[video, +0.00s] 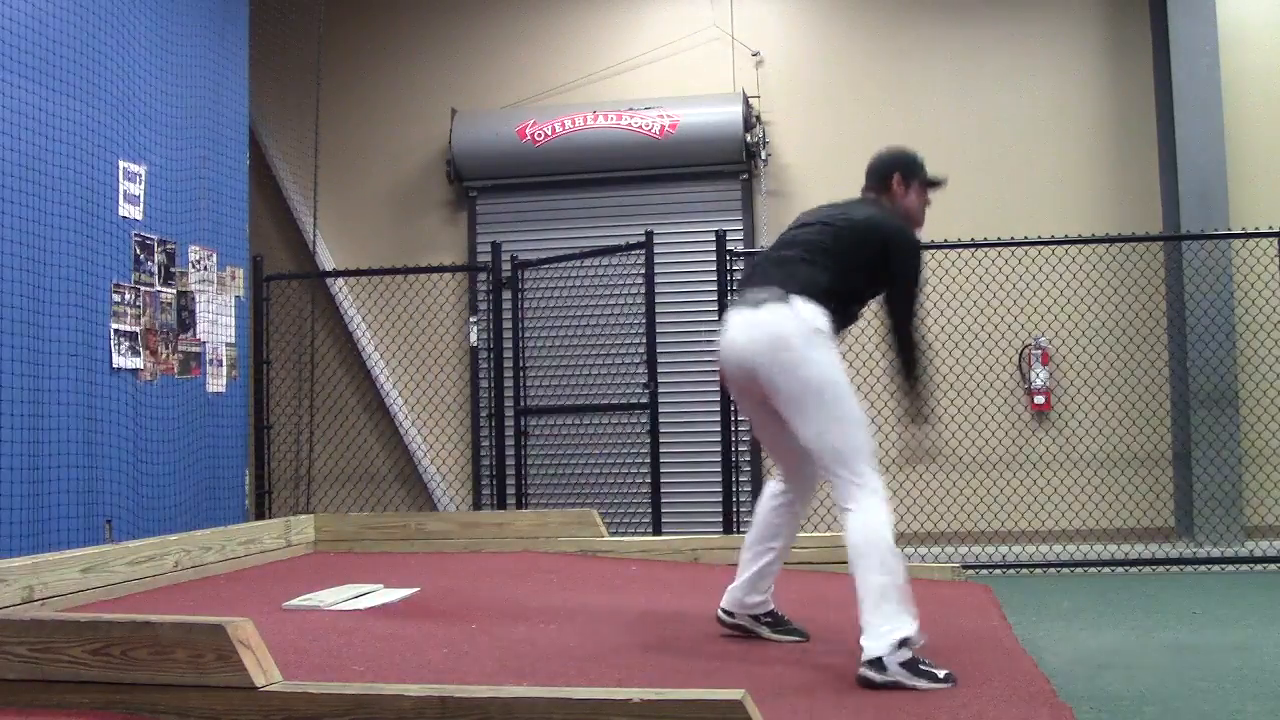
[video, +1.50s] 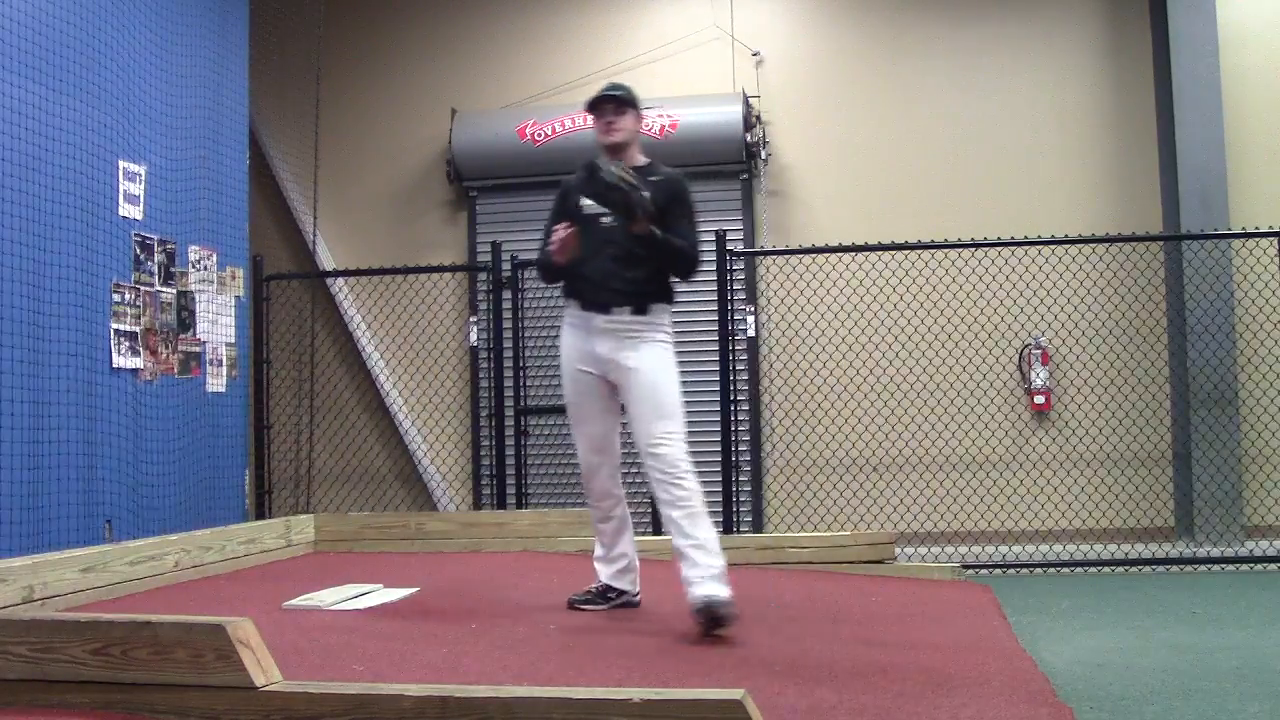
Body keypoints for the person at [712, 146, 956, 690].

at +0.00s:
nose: (927, 204)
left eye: (928, 193)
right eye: (923, 192)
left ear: (881, 186)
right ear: (899, 186)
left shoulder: (827, 216)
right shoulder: (896, 233)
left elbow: (784, 289)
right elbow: (903, 329)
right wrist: (917, 407)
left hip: (734, 331)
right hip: (791, 329)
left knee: (794, 476)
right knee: (860, 486)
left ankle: (745, 603)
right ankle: (887, 648)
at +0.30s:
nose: (911, 117)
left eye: (909, 107)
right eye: (904, 107)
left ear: (859, 112)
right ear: (876, 108)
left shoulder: (819, 170)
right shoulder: (885, 159)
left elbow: (795, 255)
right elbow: (969, 195)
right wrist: (1076, 199)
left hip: (781, 329)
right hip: (829, 325)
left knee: (836, 471)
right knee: (895, 477)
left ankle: (762, 586)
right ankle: (889, 638)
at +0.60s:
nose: (844, 116)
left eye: (844, 108)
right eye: (834, 107)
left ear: (806, 116)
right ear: (801, 113)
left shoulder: (799, 172)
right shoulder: (804, 157)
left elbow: (833, 266)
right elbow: (829, 190)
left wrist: (876, 241)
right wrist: (925, 163)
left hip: (791, 338)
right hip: (824, 332)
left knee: (844, 484)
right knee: (884, 481)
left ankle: (756, 594)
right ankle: (891, 637)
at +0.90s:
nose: (772, 108)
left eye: (780, 99)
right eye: (761, 100)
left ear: (789, 107)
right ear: (742, 108)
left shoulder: (805, 185)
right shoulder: (725, 159)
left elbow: (805, 268)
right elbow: (677, 234)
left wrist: (835, 250)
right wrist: (719, 262)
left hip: (786, 318)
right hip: (741, 309)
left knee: (790, 453)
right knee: (791, 444)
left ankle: (750, 602)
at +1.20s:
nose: (697, 113)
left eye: (706, 105)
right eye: (688, 107)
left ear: (725, 113)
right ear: (677, 119)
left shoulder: (754, 185)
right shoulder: (652, 178)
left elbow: (783, 265)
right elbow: (618, 251)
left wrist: (736, 258)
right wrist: (669, 251)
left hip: (735, 334)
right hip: (666, 330)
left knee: (742, 468)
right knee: (628, 464)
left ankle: (742, 606)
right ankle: (615, 561)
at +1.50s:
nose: (609, 122)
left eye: (618, 113)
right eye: (601, 116)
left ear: (639, 120)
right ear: (592, 126)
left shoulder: (667, 185)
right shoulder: (577, 186)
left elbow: (689, 264)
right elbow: (547, 271)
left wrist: (649, 231)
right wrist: (556, 257)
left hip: (644, 336)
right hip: (582, 334)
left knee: (666, 456)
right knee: (596, 465)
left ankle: (708, 591)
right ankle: (618, 580)